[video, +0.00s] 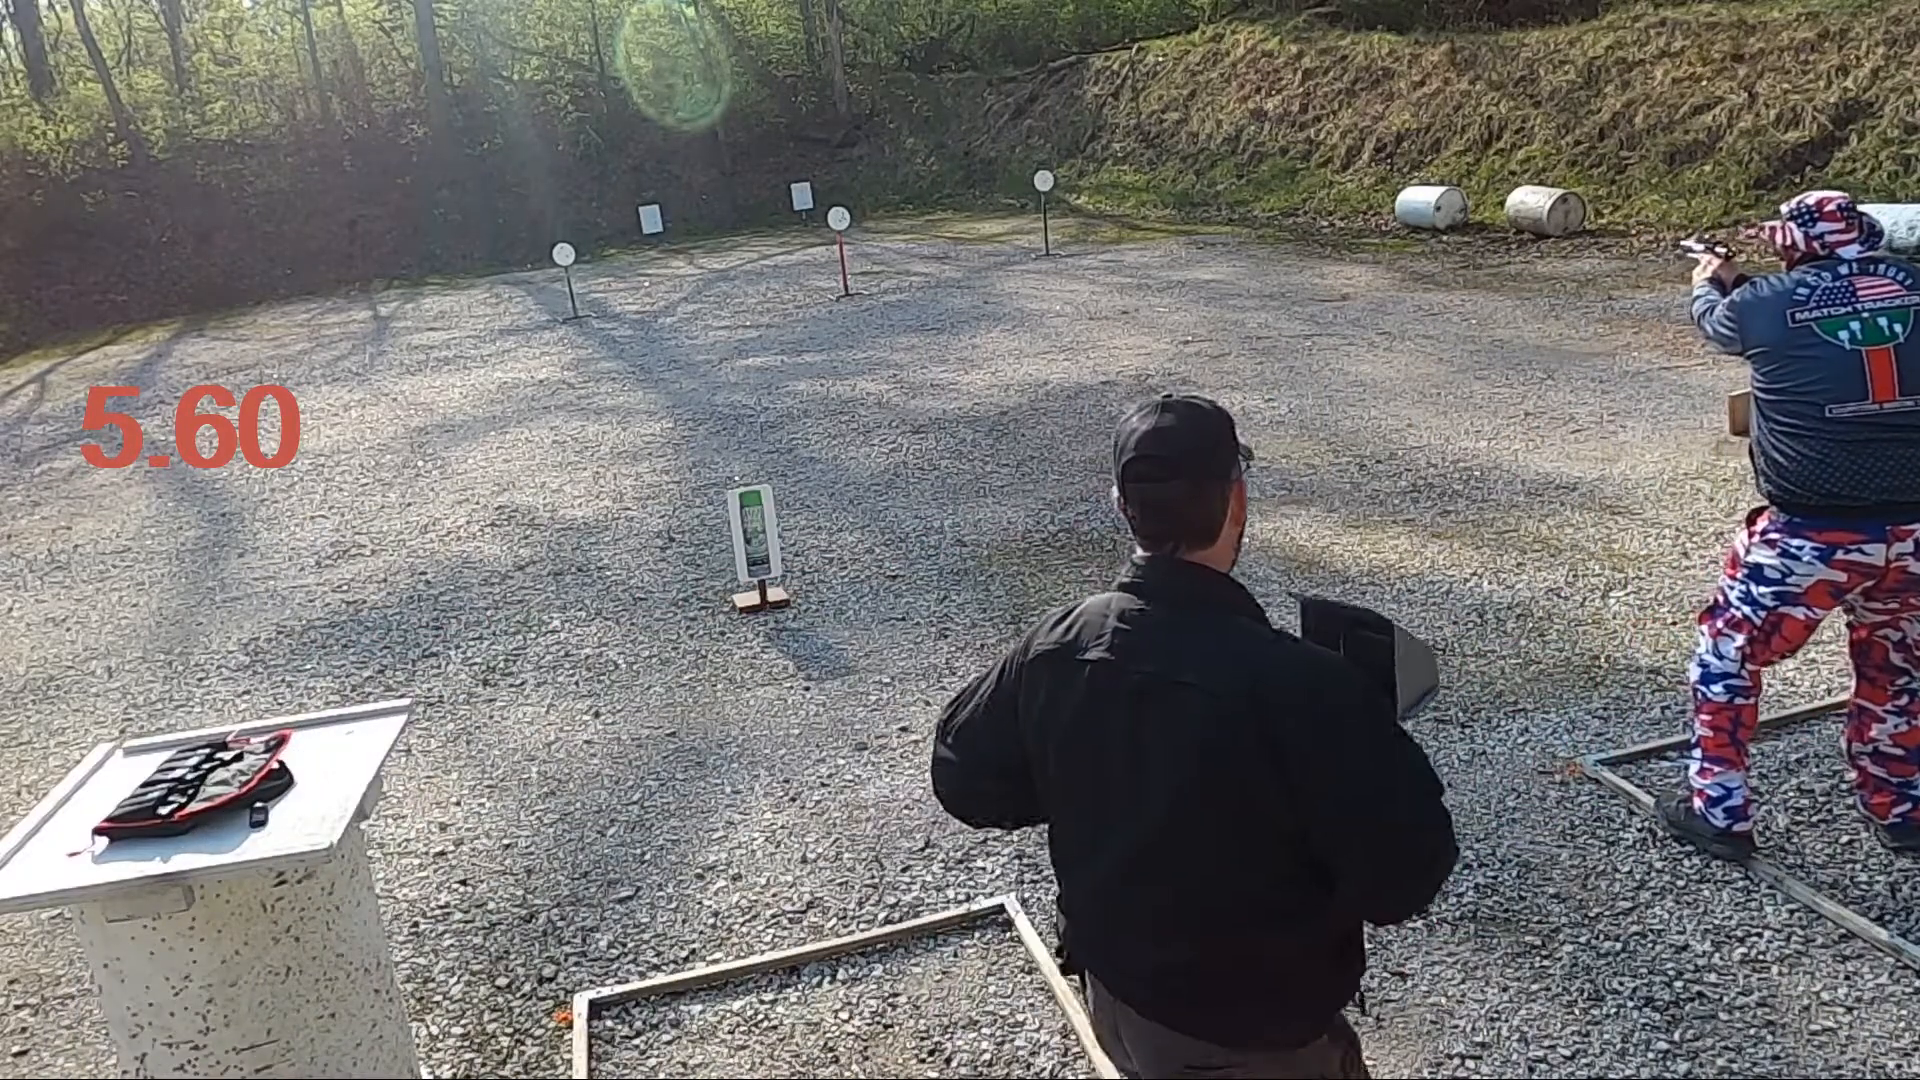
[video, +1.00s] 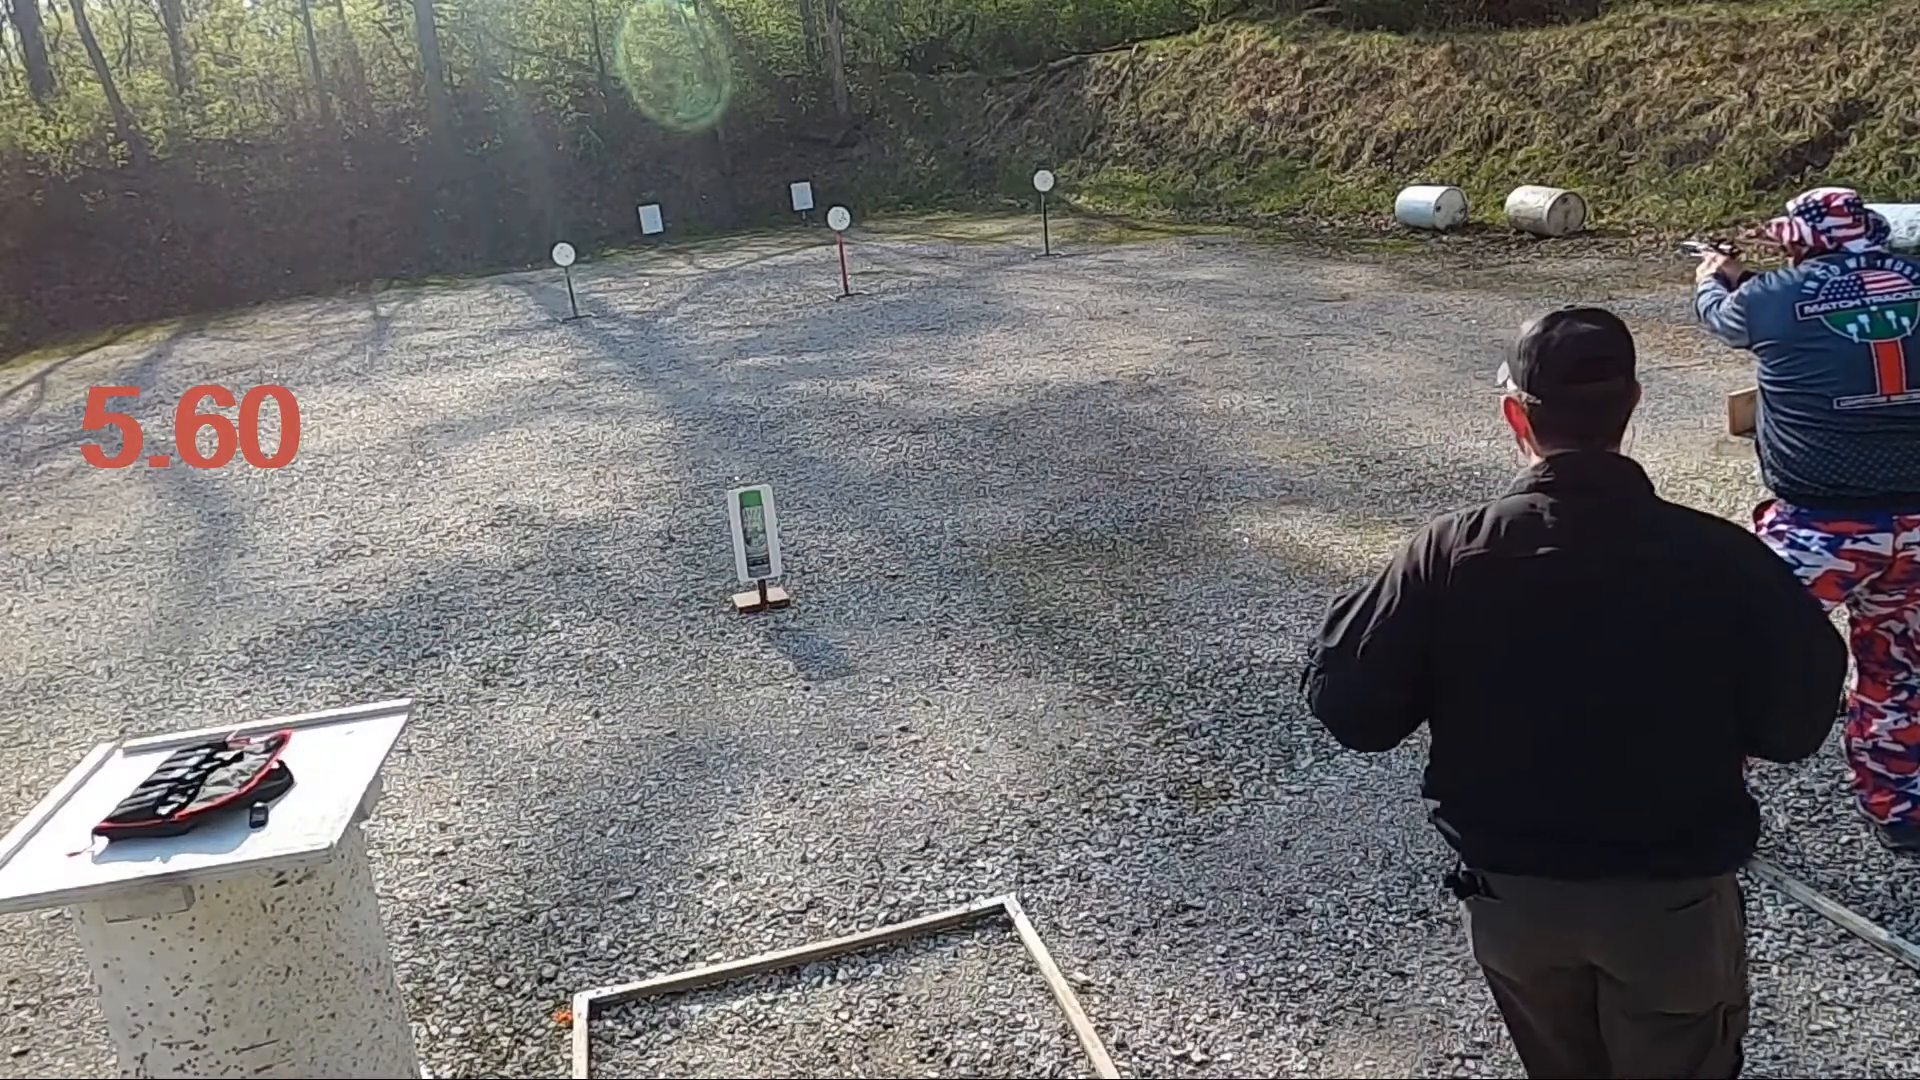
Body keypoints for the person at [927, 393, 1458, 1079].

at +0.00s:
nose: (1245, 497)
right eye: (1244, 481)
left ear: (1122, 507)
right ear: (1237, 501)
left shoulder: (1055, 654)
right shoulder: (1309, 687)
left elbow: (963, 781)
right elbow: (1410, 876)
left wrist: (1093, 768)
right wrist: (1360, 714)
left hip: (1117, 1009)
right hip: (1268, 1038)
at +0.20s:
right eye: (1340, 444)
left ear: (1220, 470)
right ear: (1335, 464)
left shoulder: (1146, 608)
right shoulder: (1403, 641)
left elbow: (1047, 734)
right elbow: (1495, 831)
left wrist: (1174, 722)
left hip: (1200, 972)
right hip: (1353, 1006)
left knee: (1228, 1063)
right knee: (1482, 1064)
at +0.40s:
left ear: (1329, 459)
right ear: (1450, 456)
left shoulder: (1257, 596)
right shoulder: (1522, 613)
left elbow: (1145, 731)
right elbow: (1610, 811)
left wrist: (1272, 702)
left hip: (1299, 960)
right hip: (1467, 985)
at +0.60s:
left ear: (1434, 435)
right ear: (1557, 423)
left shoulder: (1354, 578)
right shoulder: (1644, 593)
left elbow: (1249, 716)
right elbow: (1730, 765)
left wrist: (1374, 699)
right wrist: (1622, 733)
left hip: (1407, 930)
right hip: (1576, 947)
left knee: (1431, 1060)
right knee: (1615, 1069)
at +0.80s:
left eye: (1490, 401)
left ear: (1494, 416)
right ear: (1615, 402)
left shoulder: (1425, 558)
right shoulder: (1708, 564)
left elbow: (1315, 702)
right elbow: (1784, 736)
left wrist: (1438, 666)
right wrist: (1674, 692)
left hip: (1465, 914)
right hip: (1634, 929)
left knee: (1500, 1064)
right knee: (1635, 1067)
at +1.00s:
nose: (1509, 409)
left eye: (1509, 399)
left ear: (1518, 418)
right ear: (1632, 405)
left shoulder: (1449, 560)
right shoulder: (1727, 561)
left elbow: (1348, 704)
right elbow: (1800, 721)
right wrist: (1699, 682)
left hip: (1516, 914)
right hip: (1675, 917)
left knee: (1561, 1070)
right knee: (1679, 1068)